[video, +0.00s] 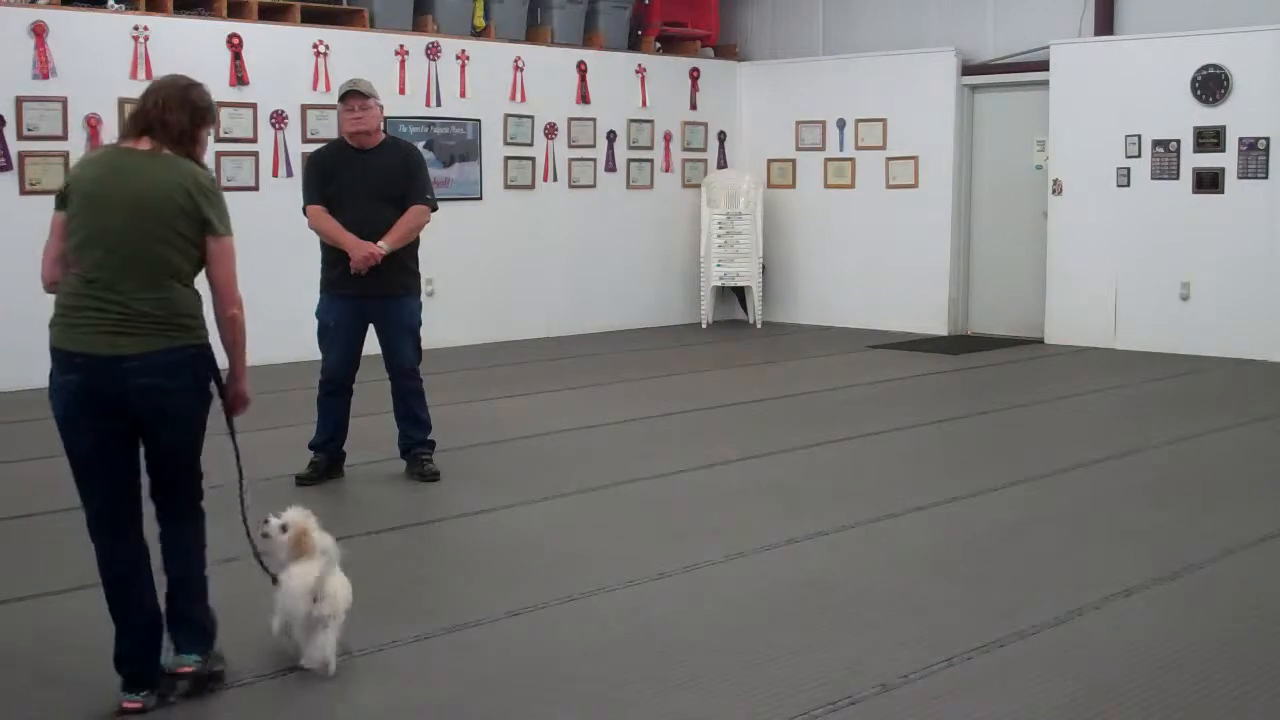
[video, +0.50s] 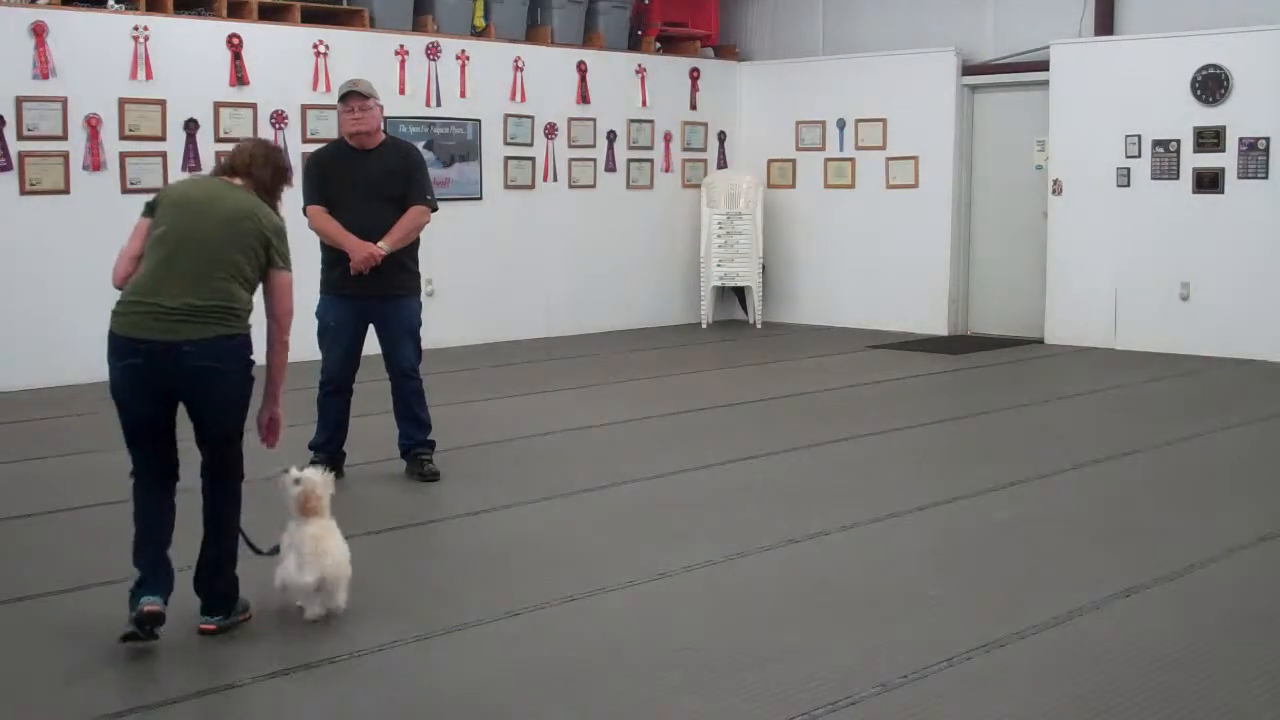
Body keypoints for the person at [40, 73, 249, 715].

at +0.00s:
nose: (208, 143)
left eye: (209, 133)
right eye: (207, 133)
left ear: (143, 115)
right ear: (194, 129)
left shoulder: (86, 169)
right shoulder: (197, 183)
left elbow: (53, 273)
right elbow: (227, 297)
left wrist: (116, 264)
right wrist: (238, 372)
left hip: (82, 371)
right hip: (171, 368)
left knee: (113, 523)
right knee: (179, 506)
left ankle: (137, 677)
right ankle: (189, 651)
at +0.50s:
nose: (278, 200)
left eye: (280, 193)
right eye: (279, 192)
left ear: (226, 167)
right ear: (272, 185)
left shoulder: (170, 193)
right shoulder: (267, 221)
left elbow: (123, 273)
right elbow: (279, 320)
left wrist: (175, 269)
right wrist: (273, 401)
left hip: (135, 348)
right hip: (215, 354)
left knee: (152, 471)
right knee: (222, 473)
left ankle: (150, 589)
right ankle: (217, 603)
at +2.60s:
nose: (335, 154)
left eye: (339, 146)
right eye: (332, 144)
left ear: (296, 136)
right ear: (307, 135)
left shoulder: (264, 168)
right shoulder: (294, 177)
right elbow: (276, 251)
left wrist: (319, 244)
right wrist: (328, 300)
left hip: (256, 299)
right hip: (285, 302)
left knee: (275, 409)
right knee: (325, 406)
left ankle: (258, 514)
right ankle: (302, 517)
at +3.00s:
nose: (341, 149)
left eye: (344, 141)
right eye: (338, 140)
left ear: (306, 133)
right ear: (315, 133)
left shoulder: (276, 169)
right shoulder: (301, 179)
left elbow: (316, 228)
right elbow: (290, 255)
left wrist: (353, 246)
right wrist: (345, 255)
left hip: (274, 299)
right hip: (299, 303)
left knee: (269, 409)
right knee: (313, 412)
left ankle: (256, 513)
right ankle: (315, 519)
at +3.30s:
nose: (344, 150)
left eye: (347, 142)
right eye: (342, 141)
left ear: (312, 133)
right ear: (318, 133)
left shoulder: (278, 169)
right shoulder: (304, 177)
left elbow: (298, 237)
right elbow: (297, 254)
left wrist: (345, 221)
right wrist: (346, 228)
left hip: (272, 298)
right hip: (299, 303)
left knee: (268, 408)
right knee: (310, 412)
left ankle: (256, 514)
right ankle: (315, 520)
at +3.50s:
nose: (344, 147)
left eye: (346, 139)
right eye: (340, 138)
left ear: (312, 133)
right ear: (316, 132)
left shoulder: (277, 170)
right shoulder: (302, 176)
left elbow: (293, 238)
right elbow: (297, 253)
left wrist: (339, 219)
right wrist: (341, 224)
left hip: (272, 299)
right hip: (299, 302)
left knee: (266, 409)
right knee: (311, 412)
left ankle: (256, 514)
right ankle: (316, 519)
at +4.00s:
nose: (336, 144)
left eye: (338, 136)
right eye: (333, 134)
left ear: (302, 131)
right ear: (308, 131)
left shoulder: (276, 170)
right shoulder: (294, 176)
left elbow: (294, 238)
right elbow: (287, 252)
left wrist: (338, 244)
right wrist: (334, 221)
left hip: (274, 298)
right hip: (295, 302)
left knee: (266, 408)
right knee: (310, 411)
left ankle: (256, 515)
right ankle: (316, 519)